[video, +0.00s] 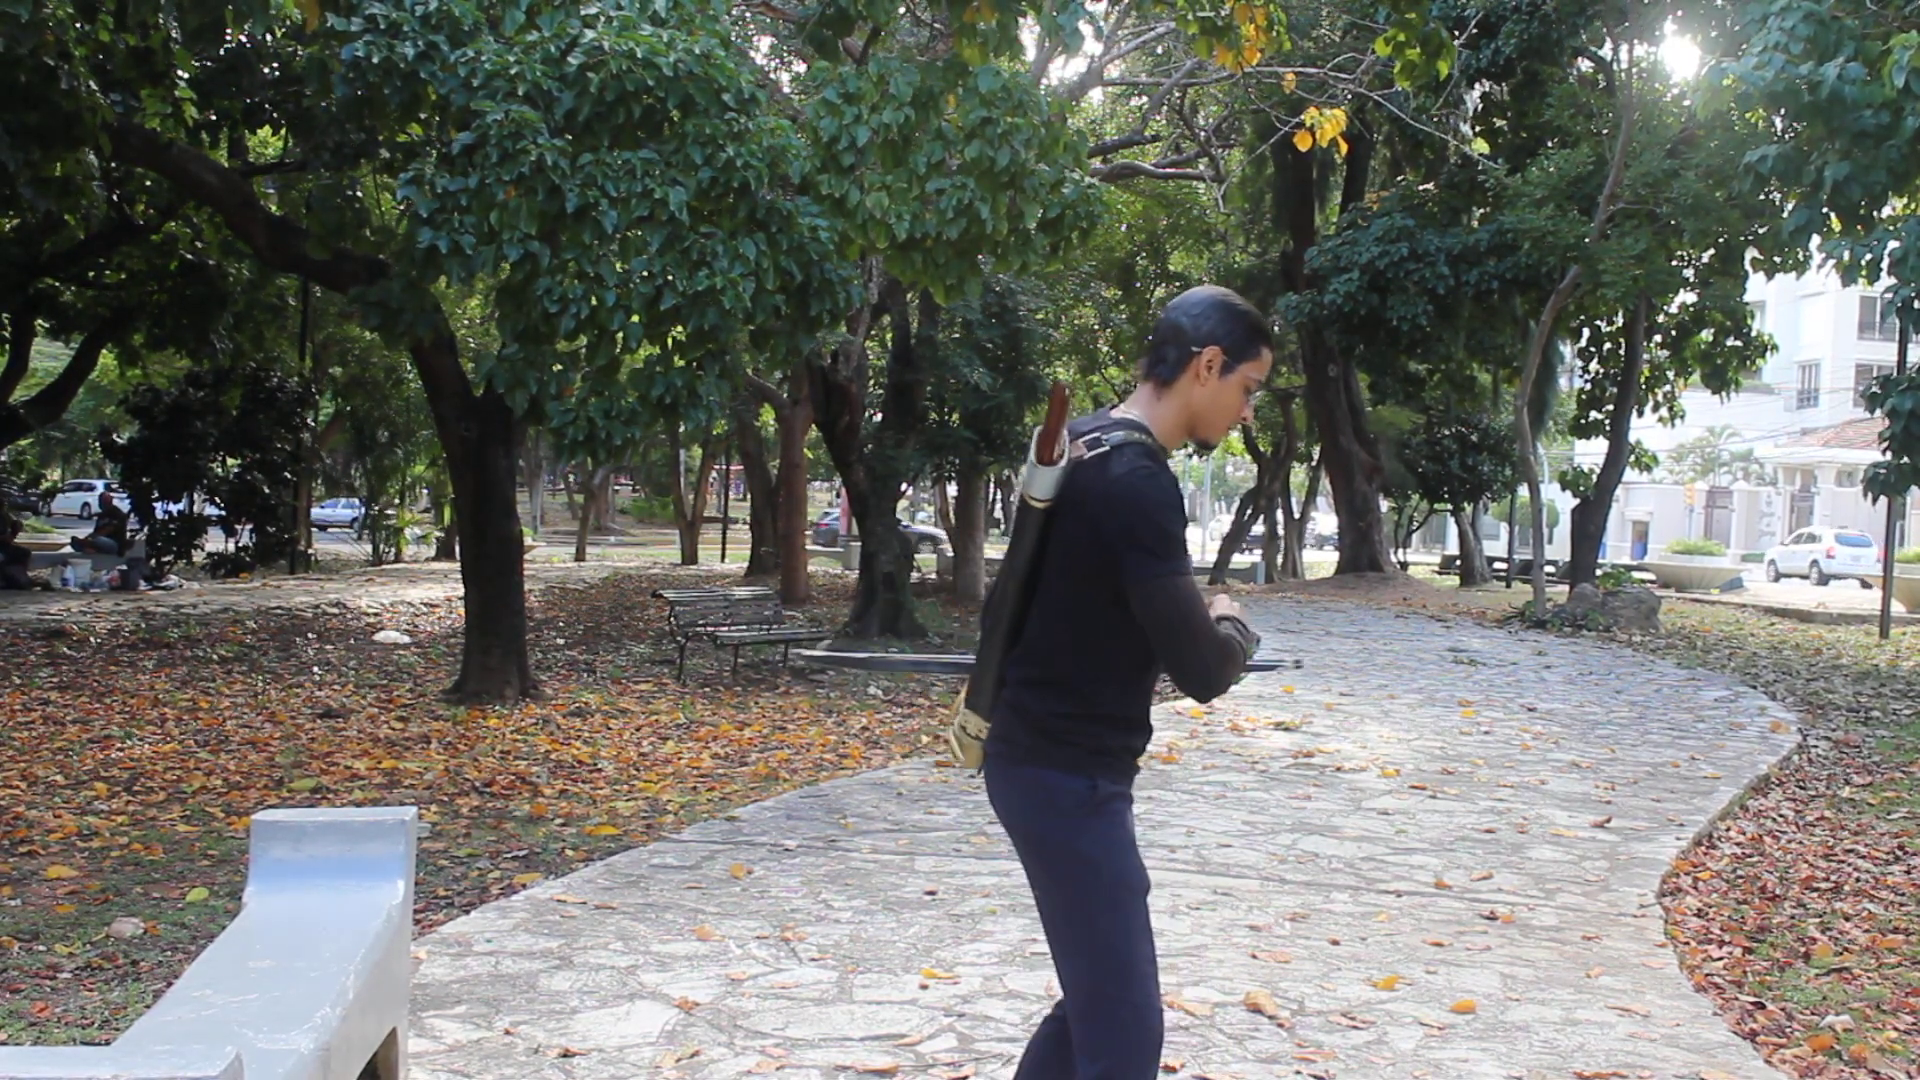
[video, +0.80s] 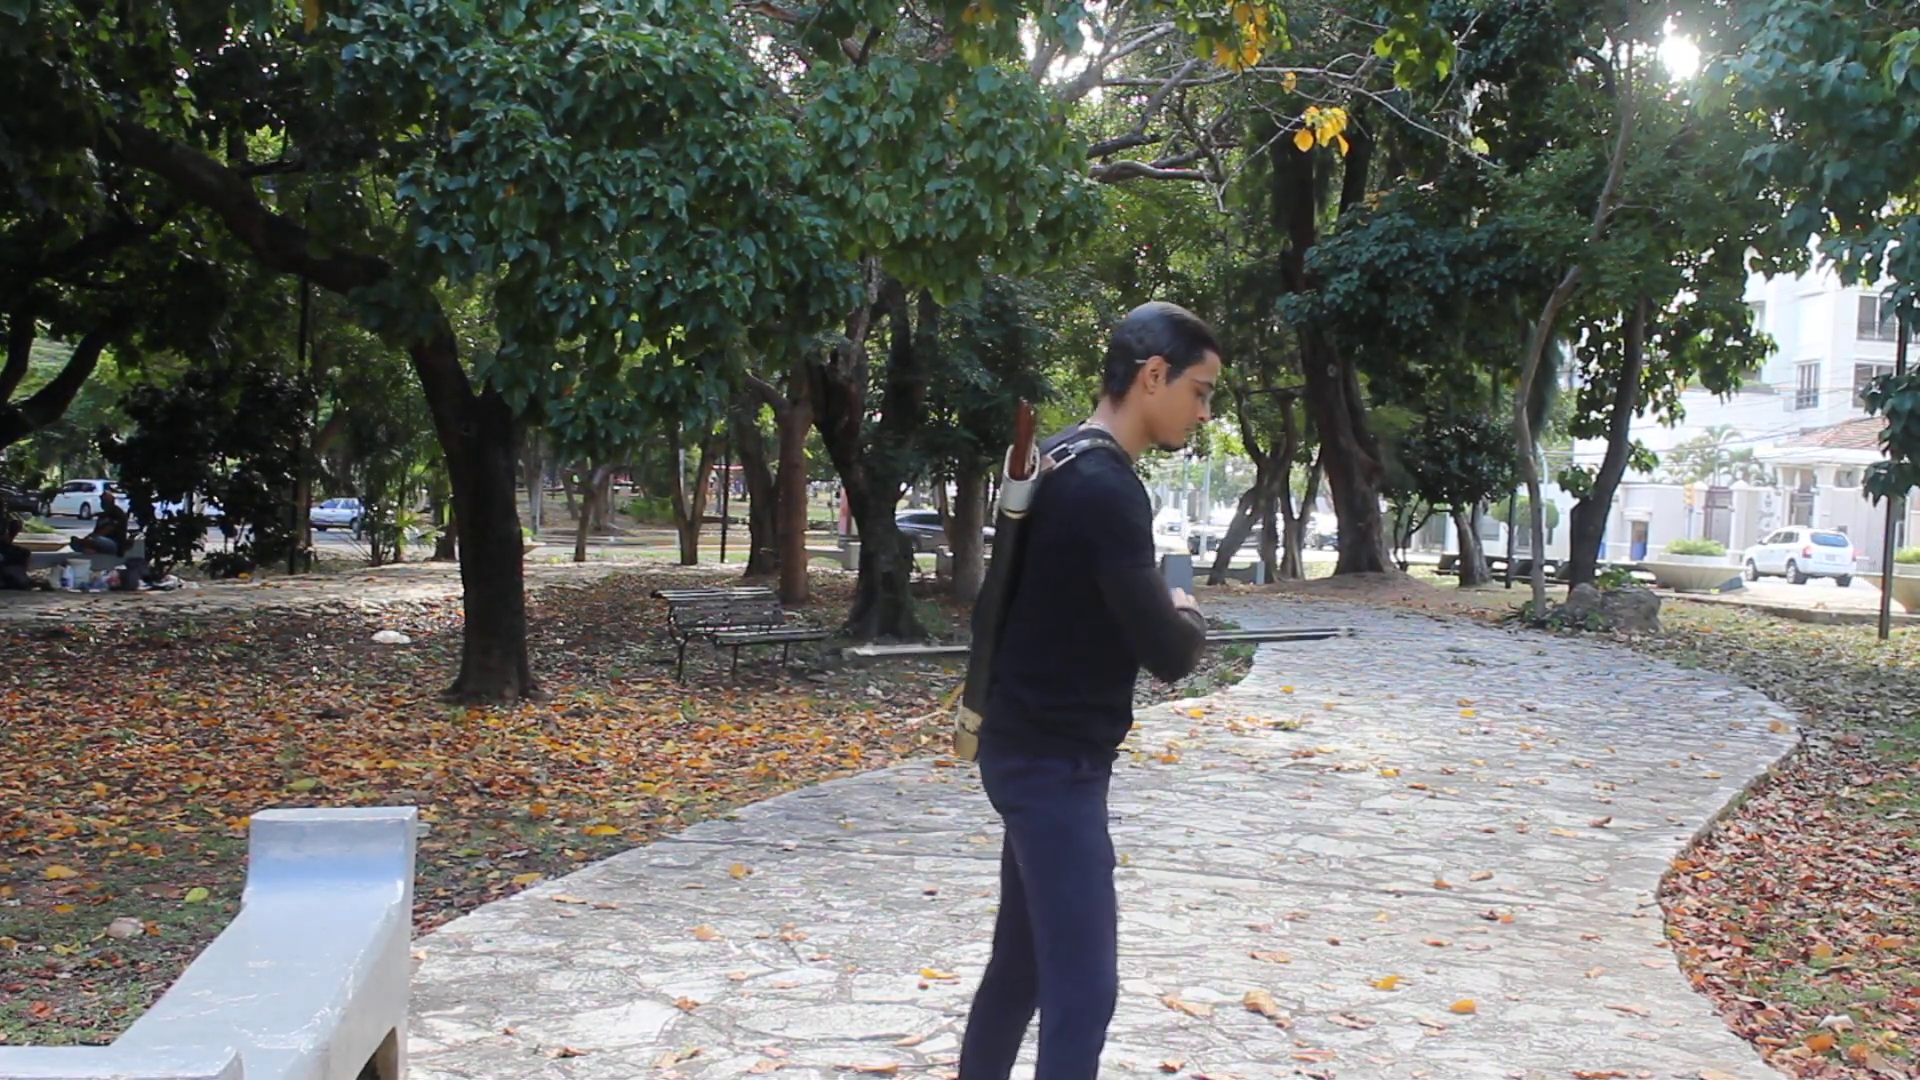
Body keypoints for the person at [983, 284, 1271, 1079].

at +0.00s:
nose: (1247, 413)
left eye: (1255, 395)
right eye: (1249, 388)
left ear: (1183, 363)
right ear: (1203, 364)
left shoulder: (1090, 443)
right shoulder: (1136, 478)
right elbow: (1201, 671)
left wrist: (1197, 615)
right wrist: (1231, 623)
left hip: (1041, 766)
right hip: (1068, 781)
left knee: (1096, 1007)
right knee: (1127, 1031)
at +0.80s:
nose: (1204, 416)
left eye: (1209, 398)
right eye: (1201, 393)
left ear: (1137, 377)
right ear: (1151, 375)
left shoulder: (1071, 457)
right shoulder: (1104, 484)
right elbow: (1170, 653)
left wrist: (1164, 613)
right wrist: (1185, 611)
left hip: (1039, 750)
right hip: (1053, 761)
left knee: (1016, 971)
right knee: (1083, 996)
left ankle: (976, 1074)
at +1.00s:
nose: (1200, 406)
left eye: (1202, 386)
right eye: (1191, 384)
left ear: (1130, 377)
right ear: (1137, 373)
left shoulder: (1059, 458)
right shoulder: (1112, 484)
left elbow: (1007, 601)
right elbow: (1200, 639)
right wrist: (1204, 617)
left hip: (1032, 755)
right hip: (1061, 768)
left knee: (997, 967)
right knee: (1081, 1000)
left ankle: (967, 1075)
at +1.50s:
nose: (1190, 393)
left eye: (1192, 375)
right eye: (1176, 372)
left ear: (1111, 377)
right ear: (1116, 372)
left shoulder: (1029, 456)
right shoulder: (1137, 494)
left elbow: (958, 554)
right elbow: (1225, 630)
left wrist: (907, 599)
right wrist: (1161, 565)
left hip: (1021, 747)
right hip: (1068, 765)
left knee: (1006, 959)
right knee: (1102, 997)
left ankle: (968, 1071)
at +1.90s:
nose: (1190, 396)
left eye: (1193, 378)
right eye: (1177, 376)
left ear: (1121, 379)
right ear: (1117, 374)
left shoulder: (1028, 459)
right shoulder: (1143, 498)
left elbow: (951, 556)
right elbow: (1226, 630)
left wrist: (885, 609)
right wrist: (1142, 579)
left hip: (1022, 745)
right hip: (1066, 761)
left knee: (1023, 970)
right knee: (1103, 1001)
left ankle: (975, 1074)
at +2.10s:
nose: (1200, 407)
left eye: (1204, 388)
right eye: (1186, 387)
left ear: (1133, 389)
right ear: (1127, 384)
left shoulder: (1043, 462)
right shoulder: (1142, 505)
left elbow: (960, 560)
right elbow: (1227, 649)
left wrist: (894, 611)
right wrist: (1158, 582)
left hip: (1031, 754)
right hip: (1065, 771)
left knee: (1029, 969)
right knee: (1124, 1002)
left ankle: (977, 1074)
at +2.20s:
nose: (1211, 415)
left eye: (1216, 396)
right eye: (1196, 395)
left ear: (1141, 397)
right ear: (1135, 391)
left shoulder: (1056, 469)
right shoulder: (1146, 514)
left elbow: (979, 562)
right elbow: (1232, 661)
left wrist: (916, 614)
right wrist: (1194, 594)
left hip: (1040, 765)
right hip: (1068, 781)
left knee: (1033, 973)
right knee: (1145, 1001)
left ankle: (980, 1072)